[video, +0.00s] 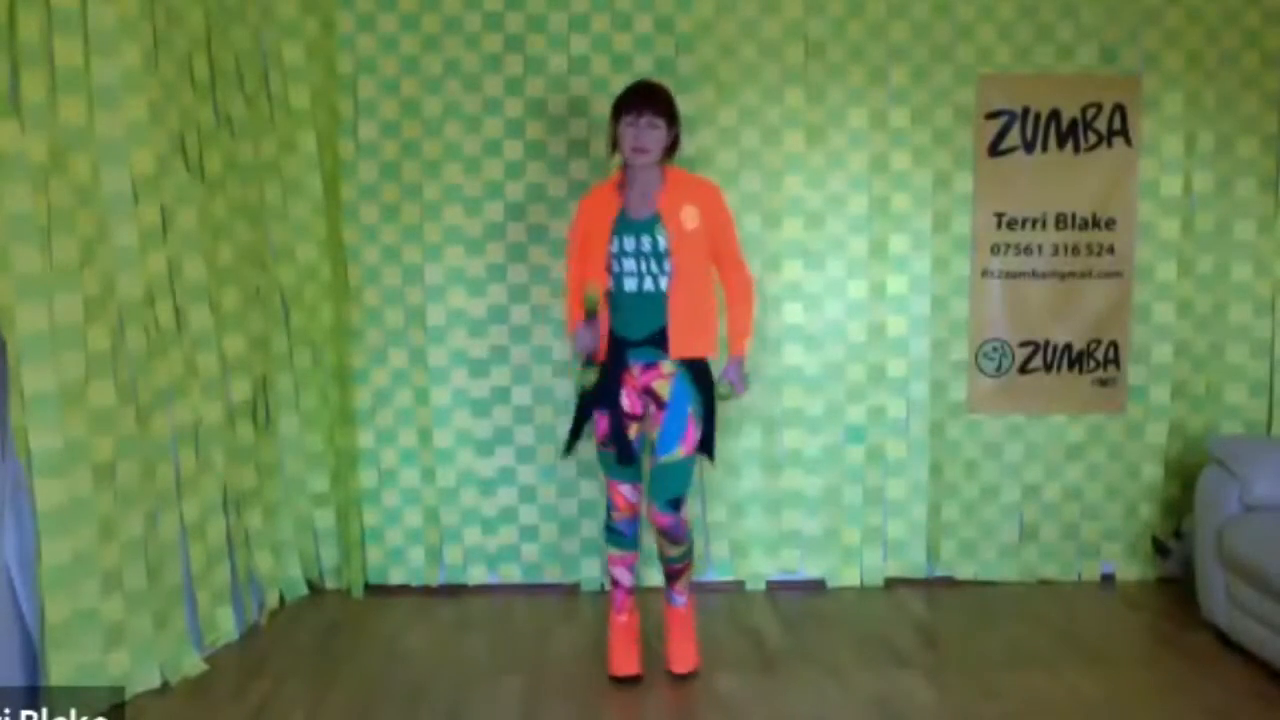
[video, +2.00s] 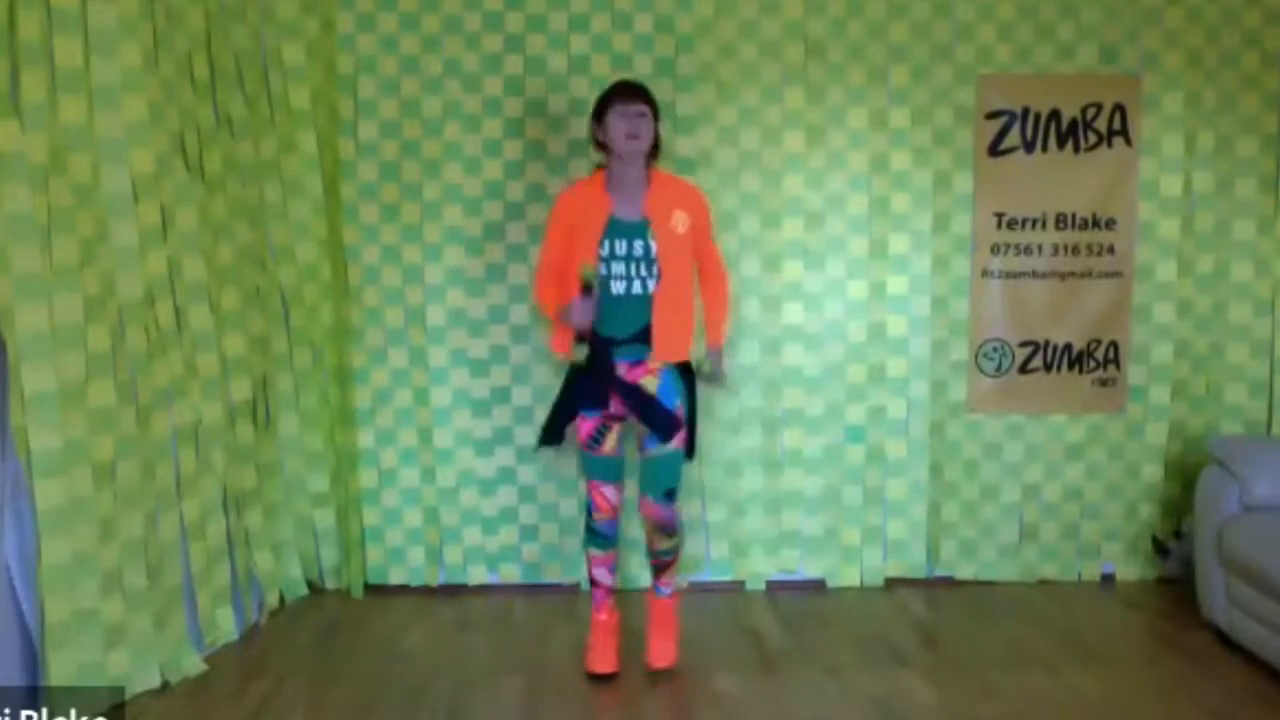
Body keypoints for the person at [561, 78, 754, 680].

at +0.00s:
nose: (641, 134)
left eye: (653, 124)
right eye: (631, 123)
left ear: (672, 135)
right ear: (615, 133)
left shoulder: (700, 197)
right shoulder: (595, 205)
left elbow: (737, 277)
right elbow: (577, 280)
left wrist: (737, 352)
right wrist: (579, 325)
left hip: (680, 364)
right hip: (615, 364)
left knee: (666, 507)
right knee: (622, 502)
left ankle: (680, 609)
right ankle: (622, 620)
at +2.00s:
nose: (634, 127)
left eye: (643, 117)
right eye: (622, 117)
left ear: (656, 131)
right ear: (600, 131)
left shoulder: (684, 198)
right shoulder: (575, 201)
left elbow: (712, 274)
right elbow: (548, 281)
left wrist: (713, 340)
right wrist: (569, 310)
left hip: (665, 362)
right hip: (600, 361)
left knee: (659, 504)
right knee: (602, 500)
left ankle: (664, 607)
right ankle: (602, 616)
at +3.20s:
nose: (837, 236)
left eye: (851, 229)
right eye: (828, 224)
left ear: (866, 245)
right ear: (811, 230)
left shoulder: (868, 315)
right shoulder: (768, 269)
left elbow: (929, 382)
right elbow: (701, 288)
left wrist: (992, 446)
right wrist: (687, 355)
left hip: (797, 443)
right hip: (722, 431)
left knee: (900, 526)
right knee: (632, 518)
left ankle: (884, 632)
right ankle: (594, 627)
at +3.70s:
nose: (647, 143)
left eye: (660, 133)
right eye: (638, 131)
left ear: (679, 144)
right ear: (622, 140)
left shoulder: (705, 201)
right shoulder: (599, 213)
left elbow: (734, 281)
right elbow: (574, 301)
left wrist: (762, 356)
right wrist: (557, 388)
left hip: (701, 360)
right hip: (633, 365)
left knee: (741, 490)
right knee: (611, 504)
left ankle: (771, 622)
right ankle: (588, 627)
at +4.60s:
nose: (438, 237)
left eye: (449, 225)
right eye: (425, 230)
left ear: (472, 236)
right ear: (414, 250)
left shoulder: (514, 265)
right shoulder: (419, 327)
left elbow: (585, 231)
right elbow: (367, 402)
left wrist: (584, 300)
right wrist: (302, 474)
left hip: (567, 437)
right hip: (490, 455)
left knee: (682, 519)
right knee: (389, 532)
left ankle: (677, 622)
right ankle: (403, 641)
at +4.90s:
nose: (543, 216)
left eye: (553, 203)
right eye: (532, 206)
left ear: (572, 208)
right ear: (517, 216)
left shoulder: (605, 259)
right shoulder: (501, 289)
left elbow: (677, 283)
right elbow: (454, 368)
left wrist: (682, 358)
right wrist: (397, 445)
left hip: (605, 433)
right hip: (529, 440)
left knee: (704, 533)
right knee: (453, 528)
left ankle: (713, 630)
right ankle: (408, 639)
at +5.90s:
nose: (892, 247)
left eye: (907, 238)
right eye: (885, 231)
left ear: (923, 248)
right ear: (867, 230)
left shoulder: (920, 320)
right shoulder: (820, 268)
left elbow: (978, 389)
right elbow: (736, 274)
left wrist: (1045, 457)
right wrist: (732, 343)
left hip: (857, 454)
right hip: (780, 445)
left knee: (973, 532)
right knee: (682, 539)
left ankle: (975, 646)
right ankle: (682, 642)